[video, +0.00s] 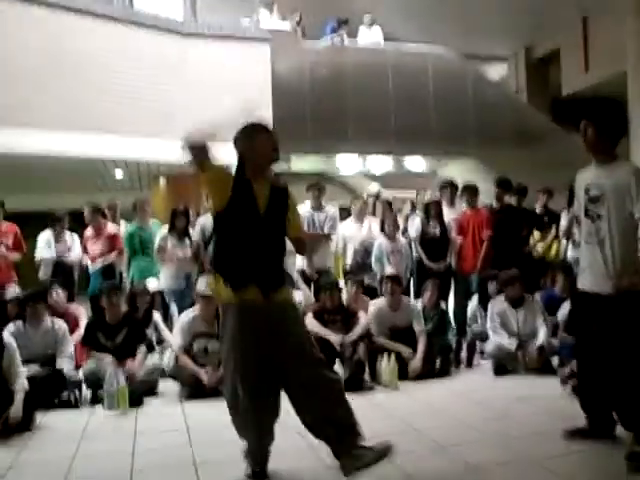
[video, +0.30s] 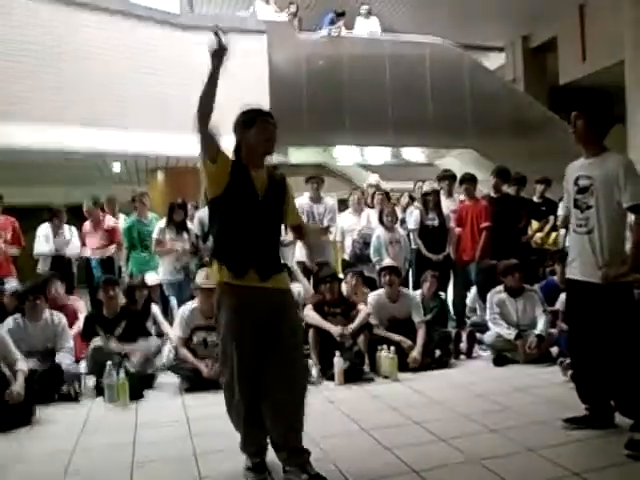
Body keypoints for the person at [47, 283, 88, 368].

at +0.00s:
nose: (54, 296)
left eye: (58, 292)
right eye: (51, 292)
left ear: (66, 294)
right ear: (47, 296)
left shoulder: (76, 310)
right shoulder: (49, 313)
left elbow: (81, 329)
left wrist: (69, 342)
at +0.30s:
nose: (53, 294)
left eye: (56, 290)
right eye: (50, 290)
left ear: (63, 288)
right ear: (47, 292)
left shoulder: (75, 302)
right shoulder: (50, 306)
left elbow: (81, 320)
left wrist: (71, 333)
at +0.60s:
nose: (54, 293)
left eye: (55, 288)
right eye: (49, 291)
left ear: (64, 287)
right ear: (47, 296)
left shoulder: (77, 304)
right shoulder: (48, 310)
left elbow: (82, 322)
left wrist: (70, 335)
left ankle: (82, 357)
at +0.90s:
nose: (54, 291)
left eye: (56, 286)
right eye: (50, 289)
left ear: (66, 287)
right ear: (48, 295)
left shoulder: (78, 304)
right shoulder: (49, 310)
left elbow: (83, 322)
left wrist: (71, 334)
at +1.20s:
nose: (57, 293)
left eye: (58, 288)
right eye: (52, 291)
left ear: (66, 288)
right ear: (50, 296)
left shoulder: (78, 304)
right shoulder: (50, 310)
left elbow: (84, 321)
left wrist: (71, 335)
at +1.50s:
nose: (60, 288)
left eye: (62, 284)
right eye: (55, 287)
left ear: (69, 287)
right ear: (51, 293)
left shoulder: (80, 305)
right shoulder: (50, 309)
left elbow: (84, 322)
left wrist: (72, 335)